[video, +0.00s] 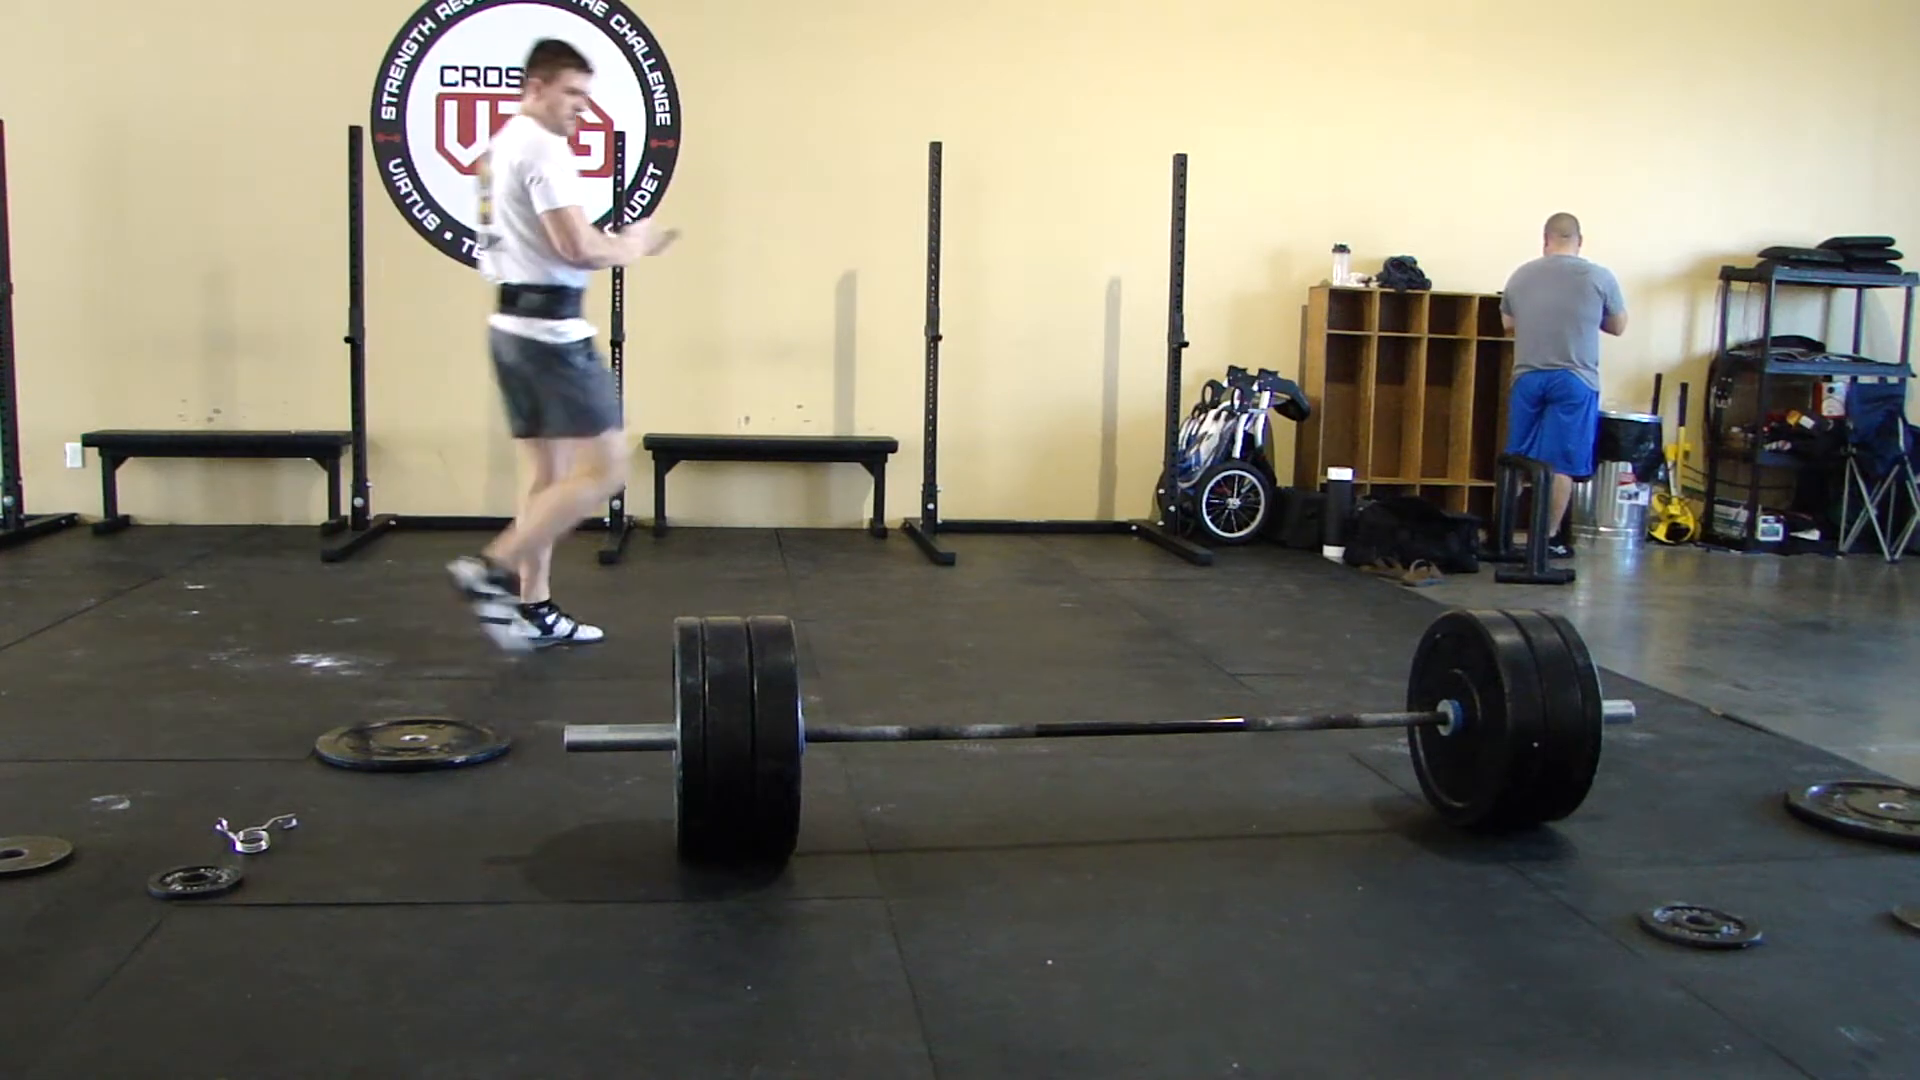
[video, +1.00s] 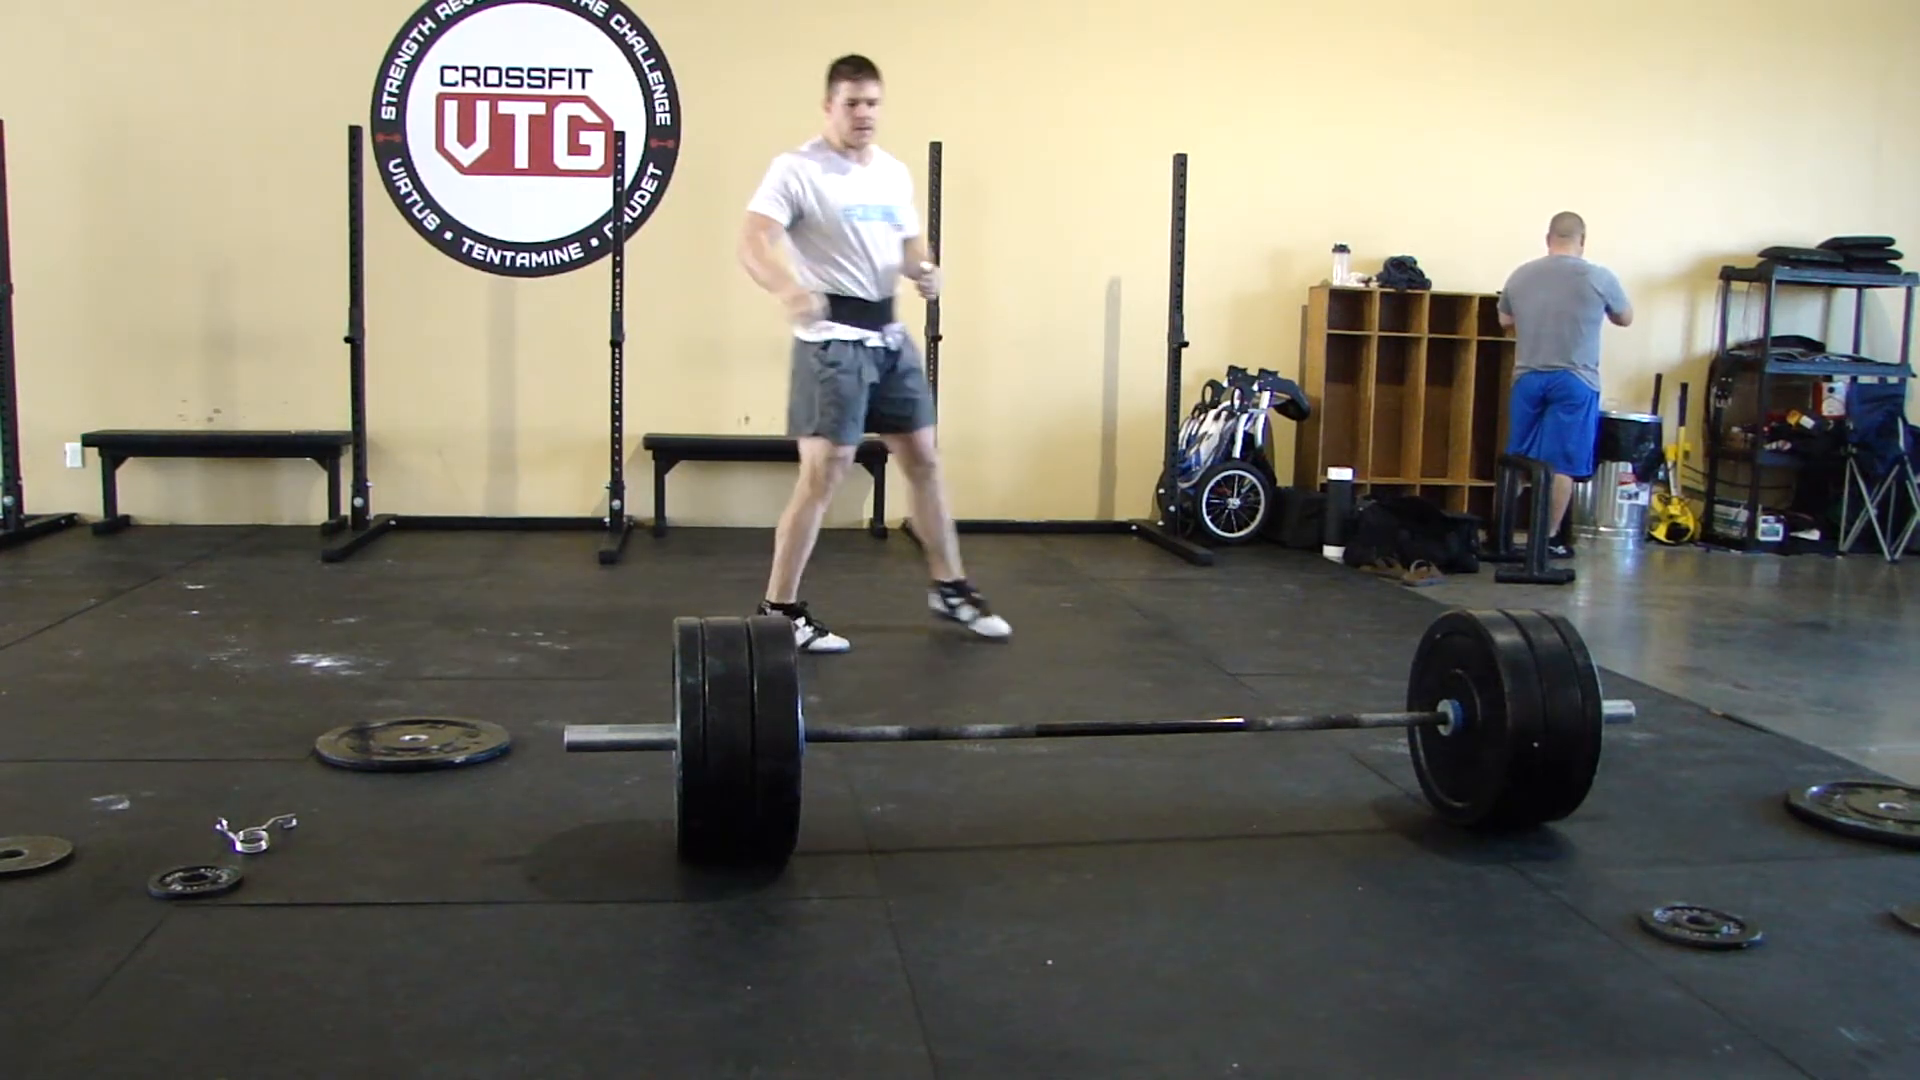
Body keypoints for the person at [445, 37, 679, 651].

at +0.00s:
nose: (581, 109)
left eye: (584, 98)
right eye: (573, 95)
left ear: (536, 93)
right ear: (536, 87)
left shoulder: (509, 140)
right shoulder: (539, 148)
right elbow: (579, 247)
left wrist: (605, 239)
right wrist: (636, 246)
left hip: (515, 328)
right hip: (553, 333)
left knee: (546, 470)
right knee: (606, 472)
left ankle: (534, 608)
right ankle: (493, 566)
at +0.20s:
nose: (644, 110)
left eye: (650, 99)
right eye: (633, 98)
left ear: (649, 99)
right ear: (597, 94)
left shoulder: (608, 156)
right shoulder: (587, 151)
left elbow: (619, 247)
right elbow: (585, 240)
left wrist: (684, 248)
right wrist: (650, 305)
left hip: (581, 323)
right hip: (609, 326)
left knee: (571, 462)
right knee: (672, 456)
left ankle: (535, 606)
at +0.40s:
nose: (713, 121)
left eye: (720, 112)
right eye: (702, 109)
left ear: (725, 114)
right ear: (671, 107)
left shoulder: (681, 170)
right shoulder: (659, 170)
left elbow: (684, 264)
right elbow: (633, 260)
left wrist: (743, 264)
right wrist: (624, 349)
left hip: (660, 350)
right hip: (690, 353)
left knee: (630, 470)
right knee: (744, 479)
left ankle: (549, 592)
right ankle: (776, 616)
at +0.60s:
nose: (776, 110)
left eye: (784, 100)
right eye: (765, 98)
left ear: (789, 104)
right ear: (736, 99)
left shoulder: (761, 167)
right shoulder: (723, 162)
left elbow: (756, 254)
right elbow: (698, 254)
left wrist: (805, 262)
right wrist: (703, 346)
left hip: (769, 328)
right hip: (747, 330)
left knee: (769, 460)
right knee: (777, 469)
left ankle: (670, 545)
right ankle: (777, 613)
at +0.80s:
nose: (822, 108)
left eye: (830, 97)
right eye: (810, 97)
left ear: (836, 101)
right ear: (782, 98)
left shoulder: (824, 165)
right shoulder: (760, 161)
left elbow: (818, 251)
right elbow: (734, 247)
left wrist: (861, 263)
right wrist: (802, 295)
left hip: (831, 336)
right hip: (787, 341)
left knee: (865, 447)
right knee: (791, 470)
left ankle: (830, 583)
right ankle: (775, 613)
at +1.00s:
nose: (864, 114)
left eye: (872, 104)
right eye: (852, 103)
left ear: (882, 108)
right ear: (826, 106)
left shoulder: (893, 173)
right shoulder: (796, 170)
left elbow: (911, 248)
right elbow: (752, 243)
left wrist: (924, 271)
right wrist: (790, 291)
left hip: (890, 337)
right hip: (831, 337)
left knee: (923, 460)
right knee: (823, 473)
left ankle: (951, 590)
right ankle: (780, 611)